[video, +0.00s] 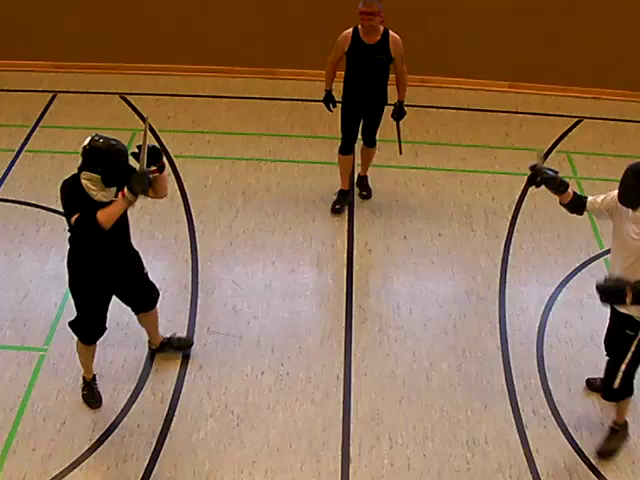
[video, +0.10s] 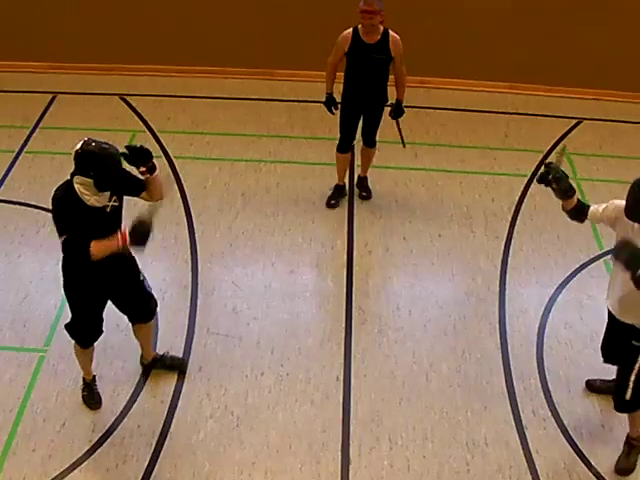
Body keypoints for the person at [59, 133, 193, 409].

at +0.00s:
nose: (115, 184)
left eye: (117, 179)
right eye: (112, 179)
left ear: (121, 169)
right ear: (96, 171)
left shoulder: (120, 179)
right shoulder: (71, 189)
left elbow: (159, 192)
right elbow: (93, 224)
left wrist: (157, 170)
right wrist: (128, 197)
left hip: (123, 259)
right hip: (88, 268)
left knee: (146, 300)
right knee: (89, 328)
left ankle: (157, 342)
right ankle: (89, 378)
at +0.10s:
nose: (112, 183)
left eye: (113, 176)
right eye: (108, 178)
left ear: (114, 171)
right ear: (91, 176)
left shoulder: (113, 180)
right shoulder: (63, 199)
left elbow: (155, 194)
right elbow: (80, 251)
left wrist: (149, 170)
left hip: (117, 264)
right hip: (83, 275)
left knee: (144, 310)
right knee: (86, 332)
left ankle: (149, 359)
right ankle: (88, 379)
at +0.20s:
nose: (109, 191)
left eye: (111, 185)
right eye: (104, 186)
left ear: (111, 176)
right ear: (88, 181)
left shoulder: (112, 184)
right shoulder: (59, 208)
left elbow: (153, 197)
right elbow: (70, 266)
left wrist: (146, 172)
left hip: (118, 267)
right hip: (79, 281)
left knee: (143, 318)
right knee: (83, 336)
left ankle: (147, 373)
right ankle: (88, 378)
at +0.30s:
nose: (109, 195)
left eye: (110, 188)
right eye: (104, 189)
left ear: (111, 181)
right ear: (88, 184)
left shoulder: (113, 189)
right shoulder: (57, 212)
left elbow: (153, 205)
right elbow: (60, 267)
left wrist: (147, 181)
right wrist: (90, 297)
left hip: (117, 276)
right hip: (77, 288)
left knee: (142, 329)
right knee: (83, 340)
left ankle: (153, 388)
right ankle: (88, 379)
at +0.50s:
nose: (120, 206)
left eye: (122, 199)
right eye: (115, 201)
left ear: (123, 192)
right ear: (98, 195)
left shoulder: (124, 201)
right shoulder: (65, 220)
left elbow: (163, 219)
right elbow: (55, 270)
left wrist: (158, 193)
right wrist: (73, 305)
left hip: (122, 291)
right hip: (85, 300)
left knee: (147, 345)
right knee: (84, 346)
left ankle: (162, 408)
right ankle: (88, 379)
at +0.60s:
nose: (128, 214)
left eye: (131, 208)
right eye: (124, 208)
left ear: (133, 200)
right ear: (107, 201)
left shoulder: (134, 210)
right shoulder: (75, 225)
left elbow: (173, 229)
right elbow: (62, 276)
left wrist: (169, 201)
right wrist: (79, 313)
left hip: (130, 296)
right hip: (91, 304)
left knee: (153, 352)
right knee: (88, 354)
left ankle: (163, 413)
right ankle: (87, 380)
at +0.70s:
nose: (139, 220)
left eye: (141, 214)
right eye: (135, 214)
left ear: (143, 207)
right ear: (118, 207)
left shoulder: (143, 216)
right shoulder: (84, 230)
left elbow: (181, 235)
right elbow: (69, 281)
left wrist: (179, 207)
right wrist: (89, 320)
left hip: (138, 304)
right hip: (98, 313)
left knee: (162, 358)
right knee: (93, 371)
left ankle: (164, 416)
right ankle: (85, 388)